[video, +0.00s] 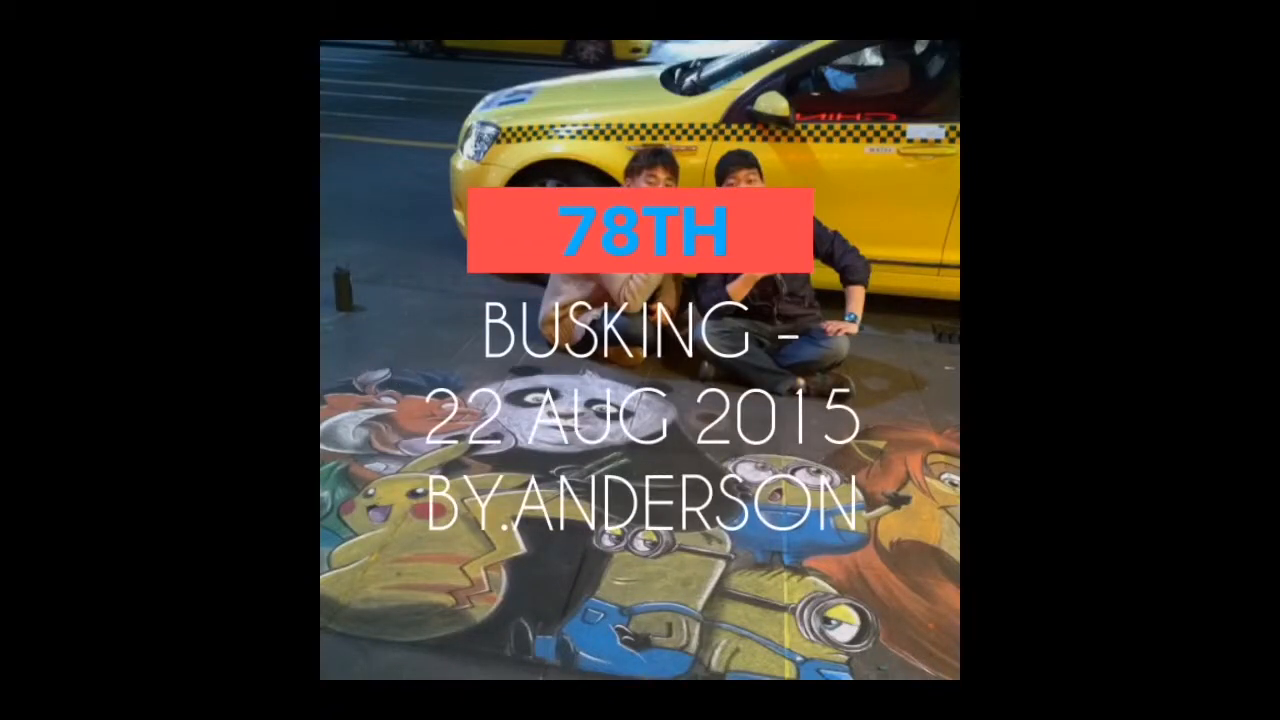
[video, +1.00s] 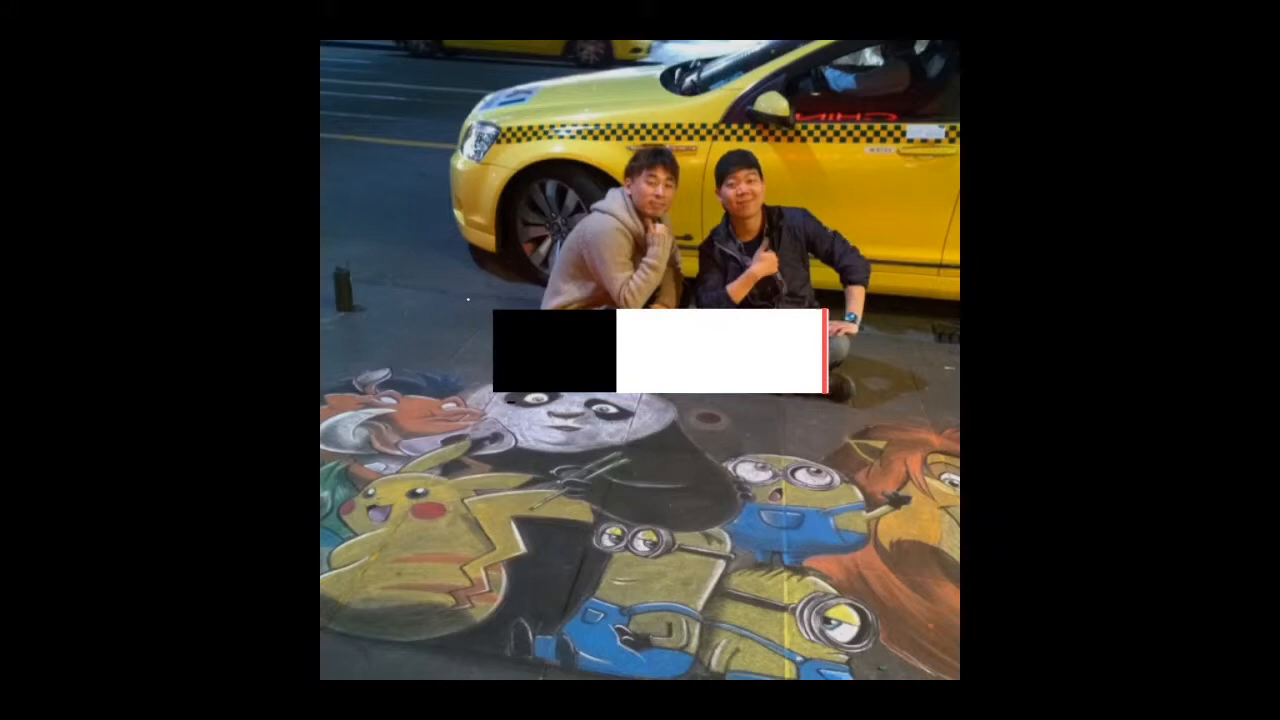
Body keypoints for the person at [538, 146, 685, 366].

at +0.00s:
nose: (659, 191)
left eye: (668, 184)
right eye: (651, 181)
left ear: (675, 190)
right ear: (629, 182)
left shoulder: (656, 224)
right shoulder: (604, 222)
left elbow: (669, 278)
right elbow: (629, 300)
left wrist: (665, 305)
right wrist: (664, 249)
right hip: (566, 319)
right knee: (639, 327)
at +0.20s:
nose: (659, 191)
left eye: (668, 184)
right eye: (651, 181)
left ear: (675, 189)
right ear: (629, 182)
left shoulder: (657, 223)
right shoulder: (604, 222)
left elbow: (669, 278)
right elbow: (629, 300)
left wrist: (665, 304)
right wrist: (664, 248)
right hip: (565, 318)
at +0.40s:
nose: (660, 193)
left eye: (667, 185)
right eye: (650, 183)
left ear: (675, 191)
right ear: (629, 185)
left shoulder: (656, 218)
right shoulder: (605, 228)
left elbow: (670, 267)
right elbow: (629, 301)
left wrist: (664, 305)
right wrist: (658, 250)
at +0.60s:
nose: (660, 193)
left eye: (668, 186)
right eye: (651, 183)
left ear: (675, 192)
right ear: (629, 184)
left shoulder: (655, 222)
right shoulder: (606, 227)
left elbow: (670, 270)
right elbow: (629, 302)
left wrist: (665, 305)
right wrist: (658, 252)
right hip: (570, 317)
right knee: (640, 327)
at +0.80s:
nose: (660, 193)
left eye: (668, 185)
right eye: (651, 183)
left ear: (675, 191)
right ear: (629, 185)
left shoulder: (655, 219)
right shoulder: (605, 228)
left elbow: (670, 269)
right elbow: (629, 300)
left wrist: (662, 306)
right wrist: (658, 251)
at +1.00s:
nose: (660, 193)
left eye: (668, 185)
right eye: (651, 183)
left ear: (675, 192)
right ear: (629, 184)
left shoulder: (656, 219)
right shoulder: (605, 228)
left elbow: (670, 267)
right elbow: (628, 301)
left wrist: (664, 305)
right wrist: (658, 251)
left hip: (610, 305)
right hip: (570, 306)